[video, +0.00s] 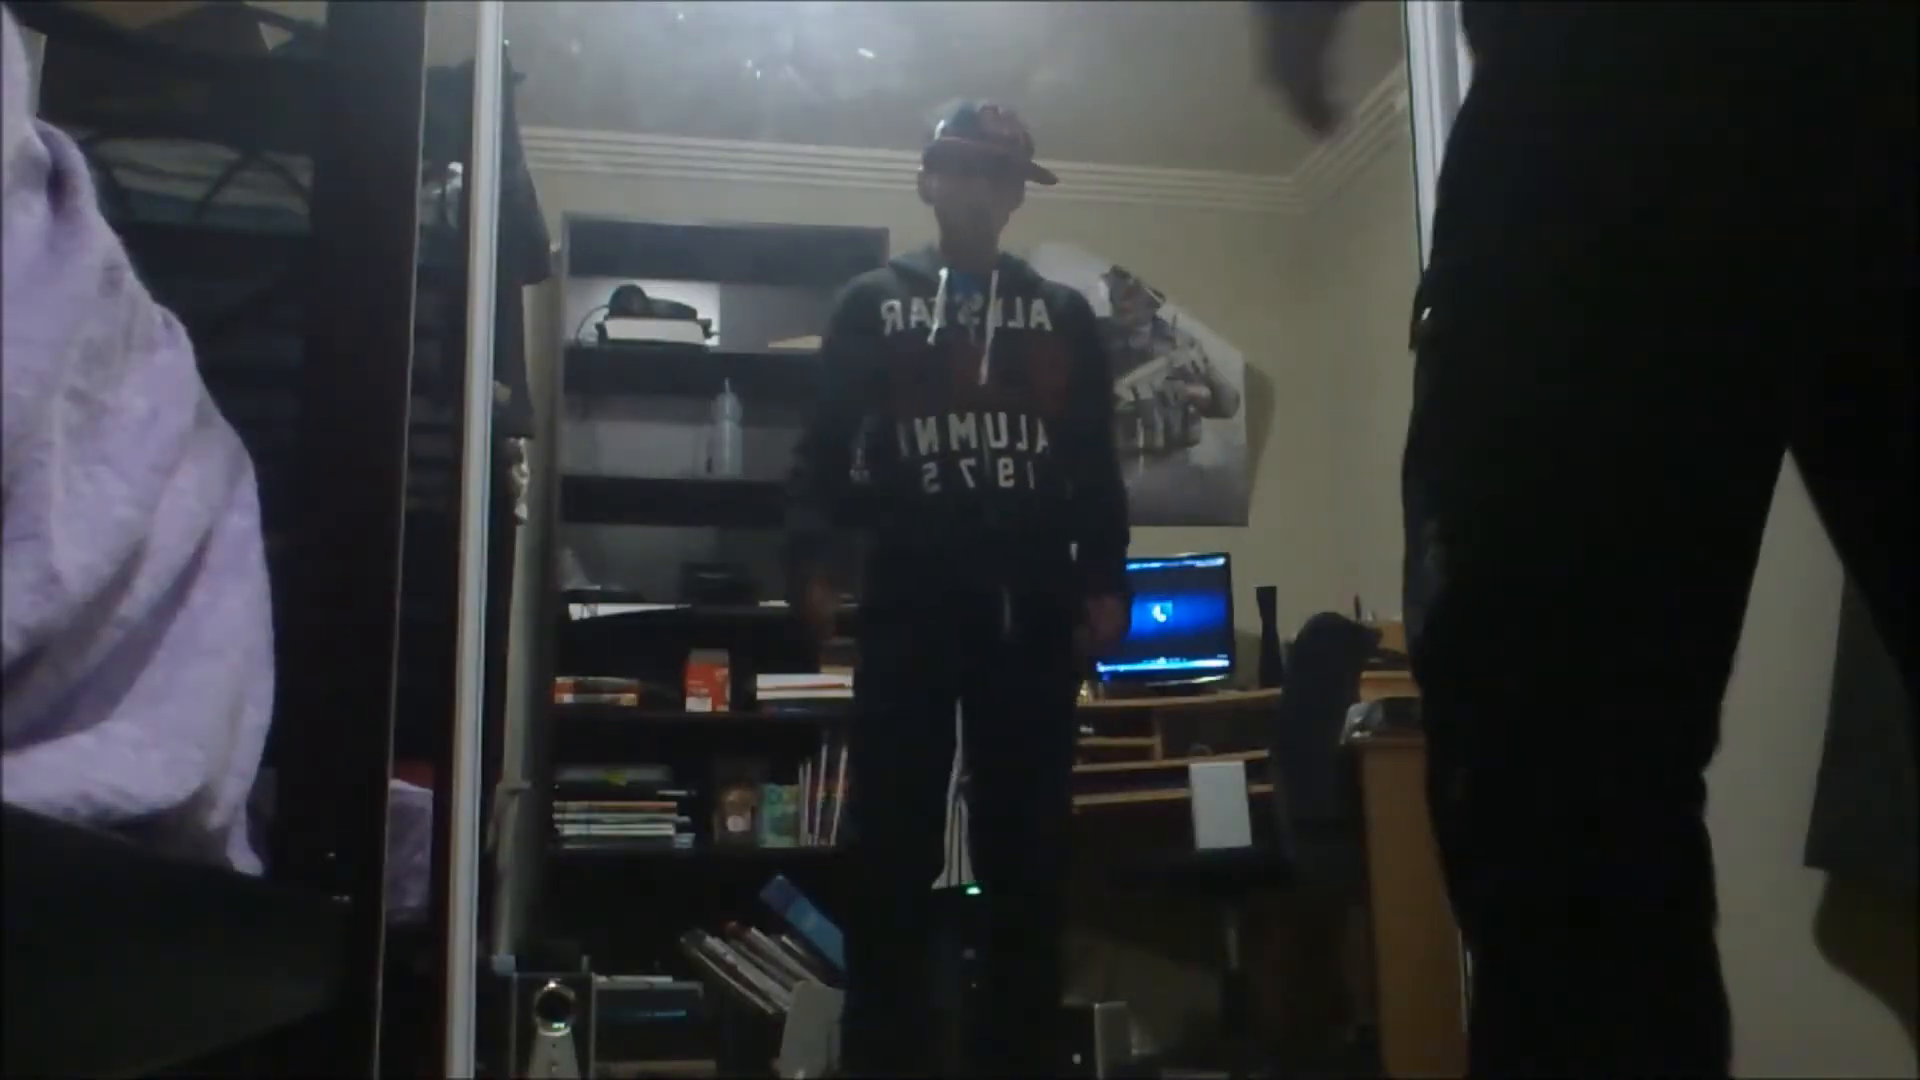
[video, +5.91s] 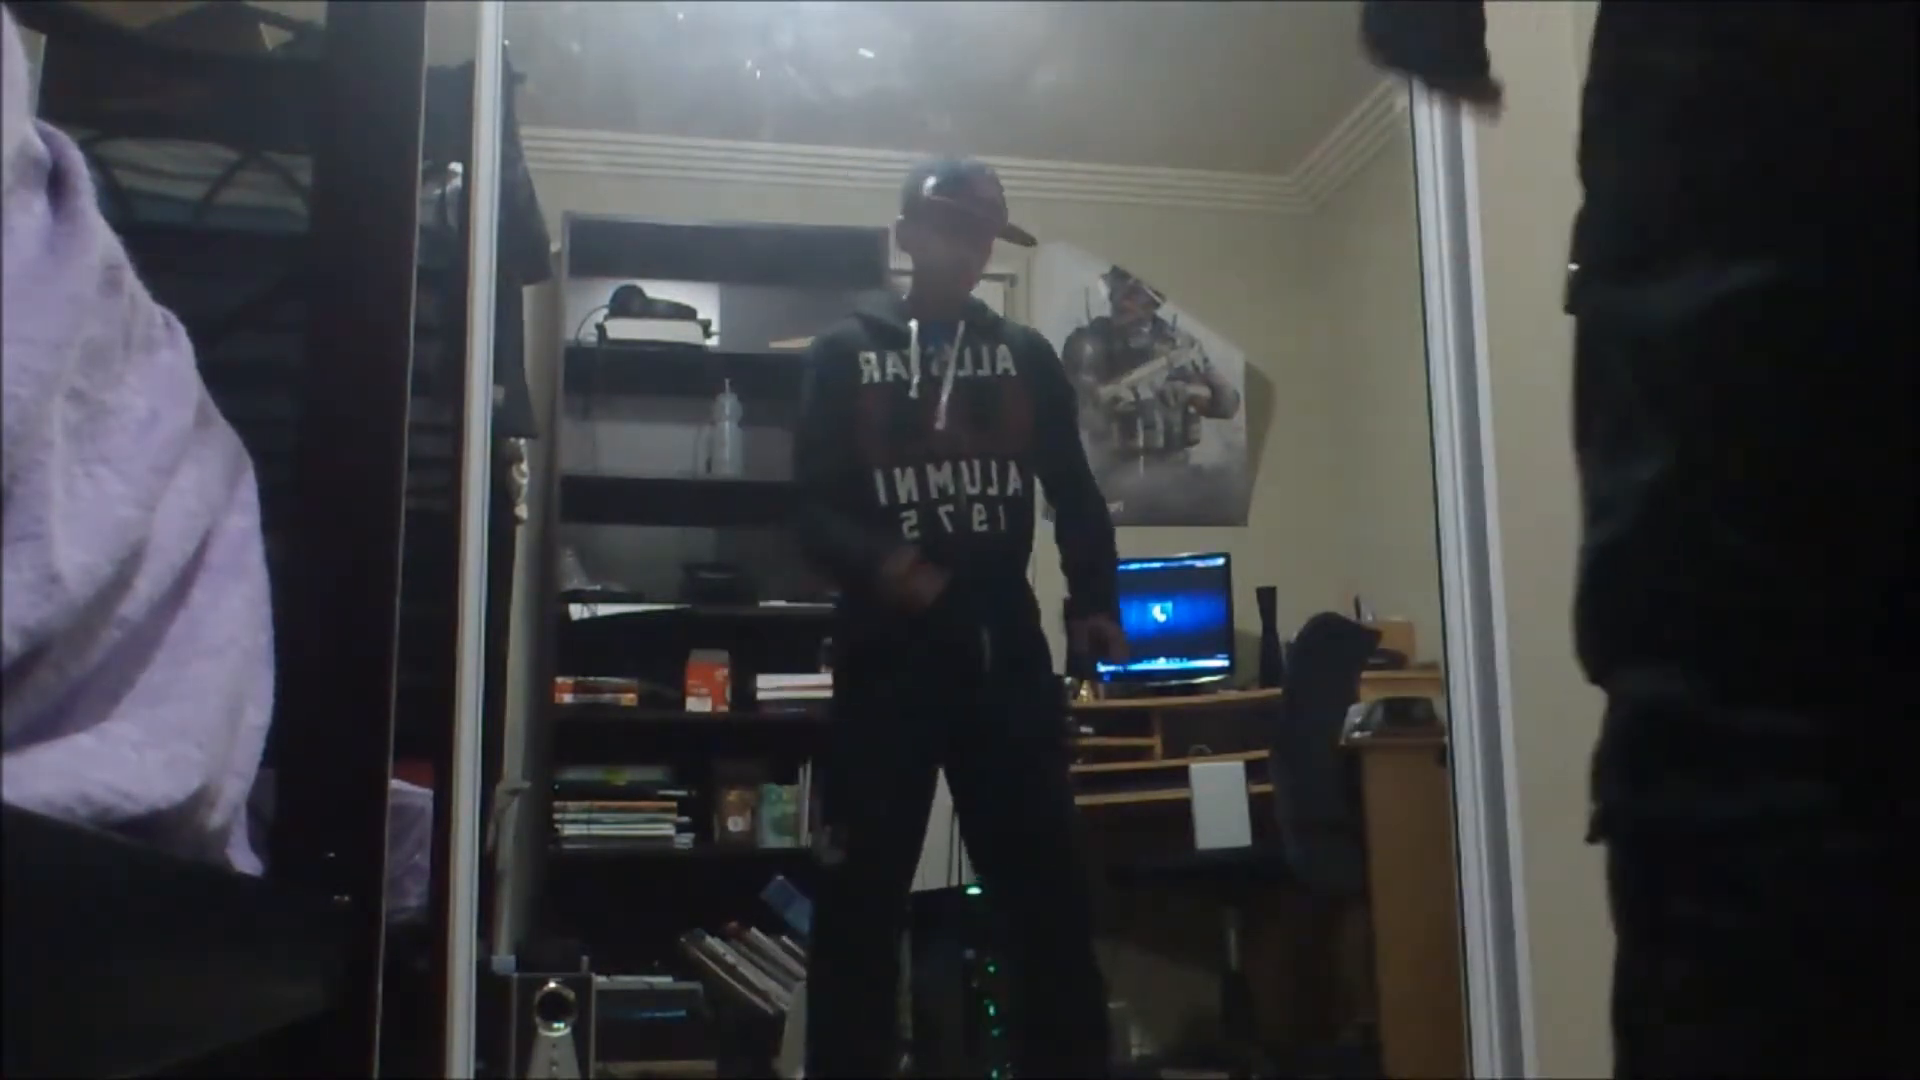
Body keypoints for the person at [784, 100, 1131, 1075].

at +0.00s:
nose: (981, 188)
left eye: (1001, 174)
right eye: (965, 167)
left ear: (1022, 191)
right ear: (927, 179)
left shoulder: (1063, 313)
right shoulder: (873, 304)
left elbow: (1096, 458)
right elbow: (823, 448)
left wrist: (1107, 581)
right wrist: (811, 564)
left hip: (1032, 600)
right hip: (907, 596)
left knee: (1024, 840)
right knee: (894, 837)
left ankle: (1019, 1050)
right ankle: (887, 1049)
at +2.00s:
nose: (986, 168)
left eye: (1006, 153)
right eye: (967, 149)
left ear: (1030, 167)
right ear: (932, 160)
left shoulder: (1084, 289)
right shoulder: (880, 298)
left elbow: (1117, 447)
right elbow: (847, 441)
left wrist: (1116, 579)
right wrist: (847, 518)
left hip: (1052, 600)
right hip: (920, 597)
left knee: (1056, 854)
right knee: (901, 849)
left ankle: (1062, 1062)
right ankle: (890, 1062)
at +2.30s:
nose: (1001, 171)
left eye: (1017, 154)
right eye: (982, 147)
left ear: (1031, 167)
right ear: (934, 149)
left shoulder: (1056, 295)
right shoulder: (873, 268)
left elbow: (1092, 451)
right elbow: (811, 409)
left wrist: (1139, 585)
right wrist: (935, 401)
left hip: (1036, 603)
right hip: (908, 597)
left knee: (1070, 861)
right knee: (907, 868)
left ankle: (1074, 1066)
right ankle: (899, 1067)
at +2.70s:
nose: (1009, 176)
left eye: (1026, 160)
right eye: (991, 151)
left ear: (1038, 172)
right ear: (943, 150)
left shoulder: (1060, 302)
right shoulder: (870, 269)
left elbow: (1086, 436)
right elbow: (798, 416)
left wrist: (1130, 514)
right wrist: (838, 531)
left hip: (1023, 589)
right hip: (897, 589)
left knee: (1071, 844)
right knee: (895, 854)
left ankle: (1084, 1060)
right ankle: (888, 1063)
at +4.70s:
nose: (921, 250)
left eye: (941, 234)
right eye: (906, 233)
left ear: (978, 241)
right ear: (884, 238)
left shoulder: (1038, 351)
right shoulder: (855, 365)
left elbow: (1100, 510)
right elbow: (817, 507)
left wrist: (1071, 635)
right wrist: (811, 581)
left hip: (1004, 658)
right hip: (882, 659)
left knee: (1025, 904)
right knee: (842, 894)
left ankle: (1049, 1069)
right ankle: (825, 1066)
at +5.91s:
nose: (961, 242)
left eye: (977, 227)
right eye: (944, 222)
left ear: (996, 242)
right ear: (906, 231)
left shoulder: (1027, 357)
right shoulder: (846, 354)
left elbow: (1075, 490)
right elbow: (813, 502)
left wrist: (1092, 599)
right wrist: (879, 558)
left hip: (1004, 644)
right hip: (887, 646)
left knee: (1042, 878)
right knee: (864, 886)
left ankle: (1069, 1067)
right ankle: (849, 1068)